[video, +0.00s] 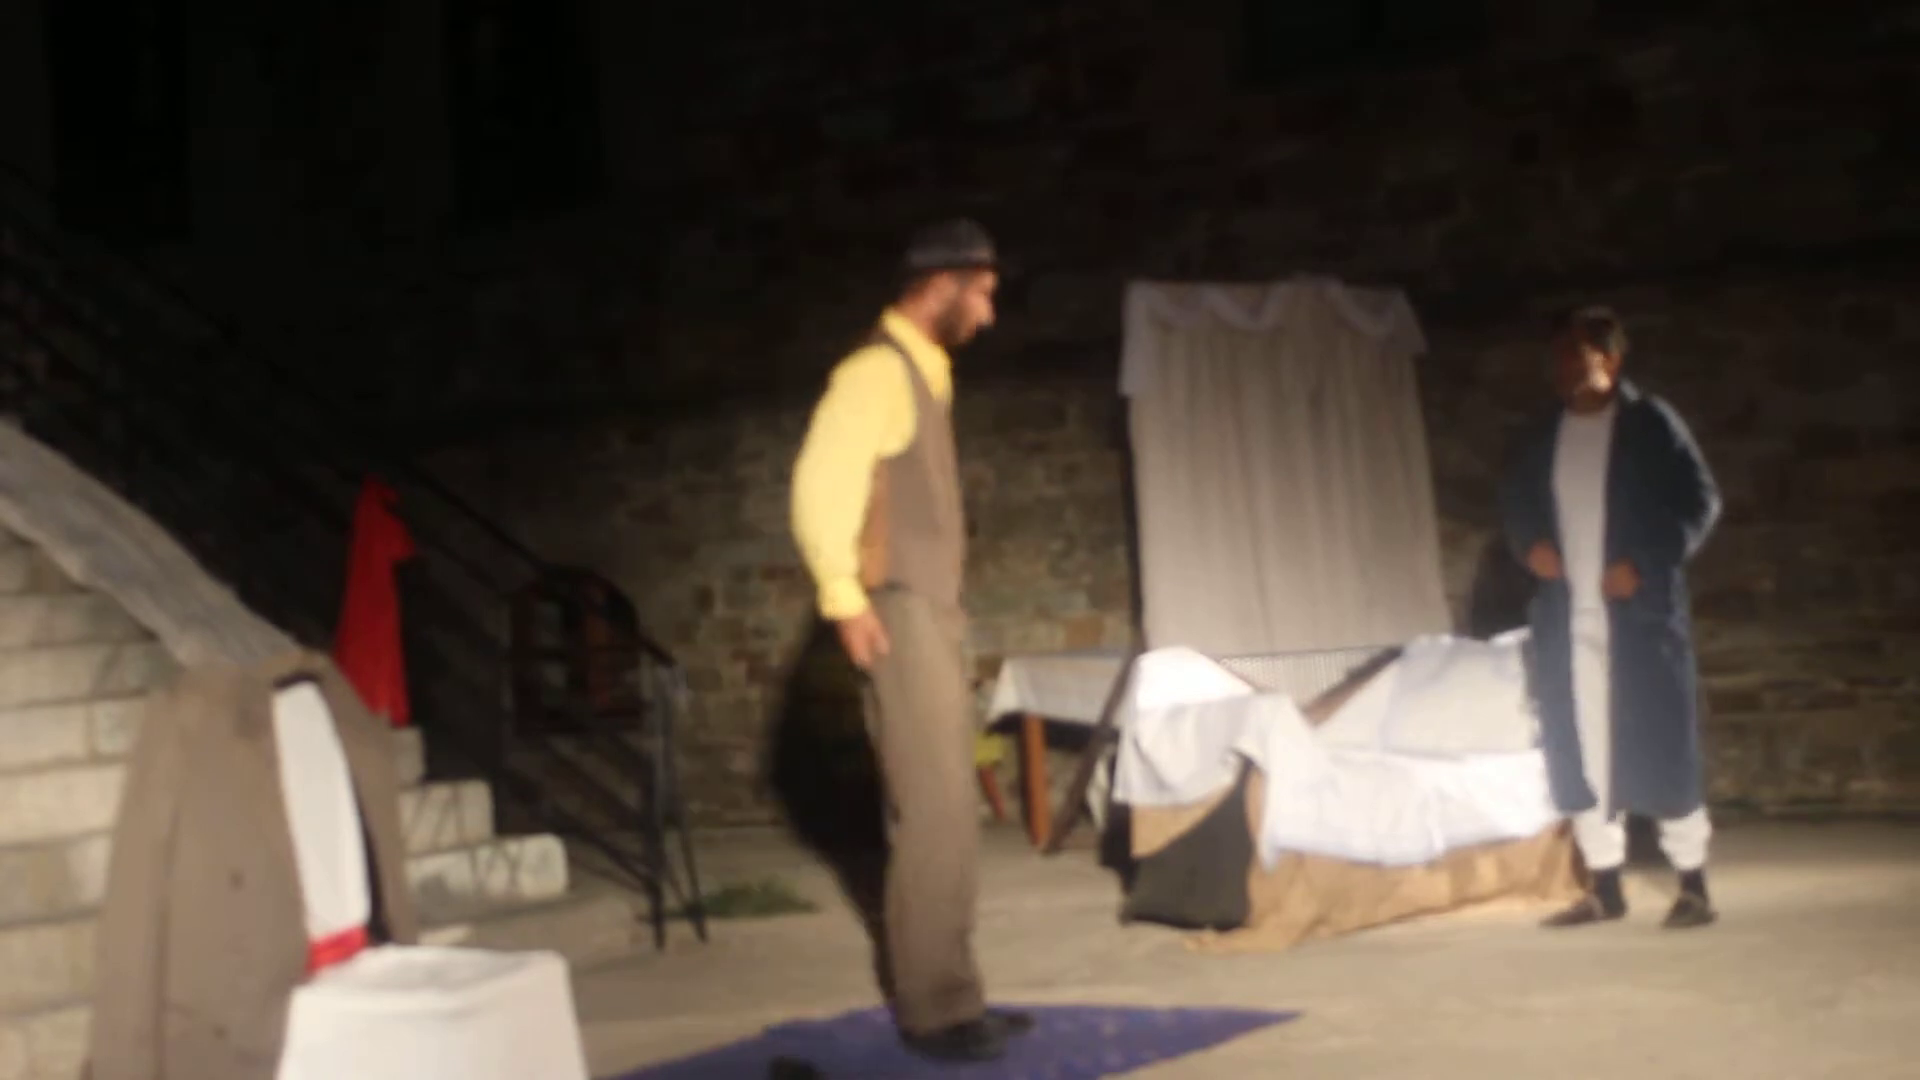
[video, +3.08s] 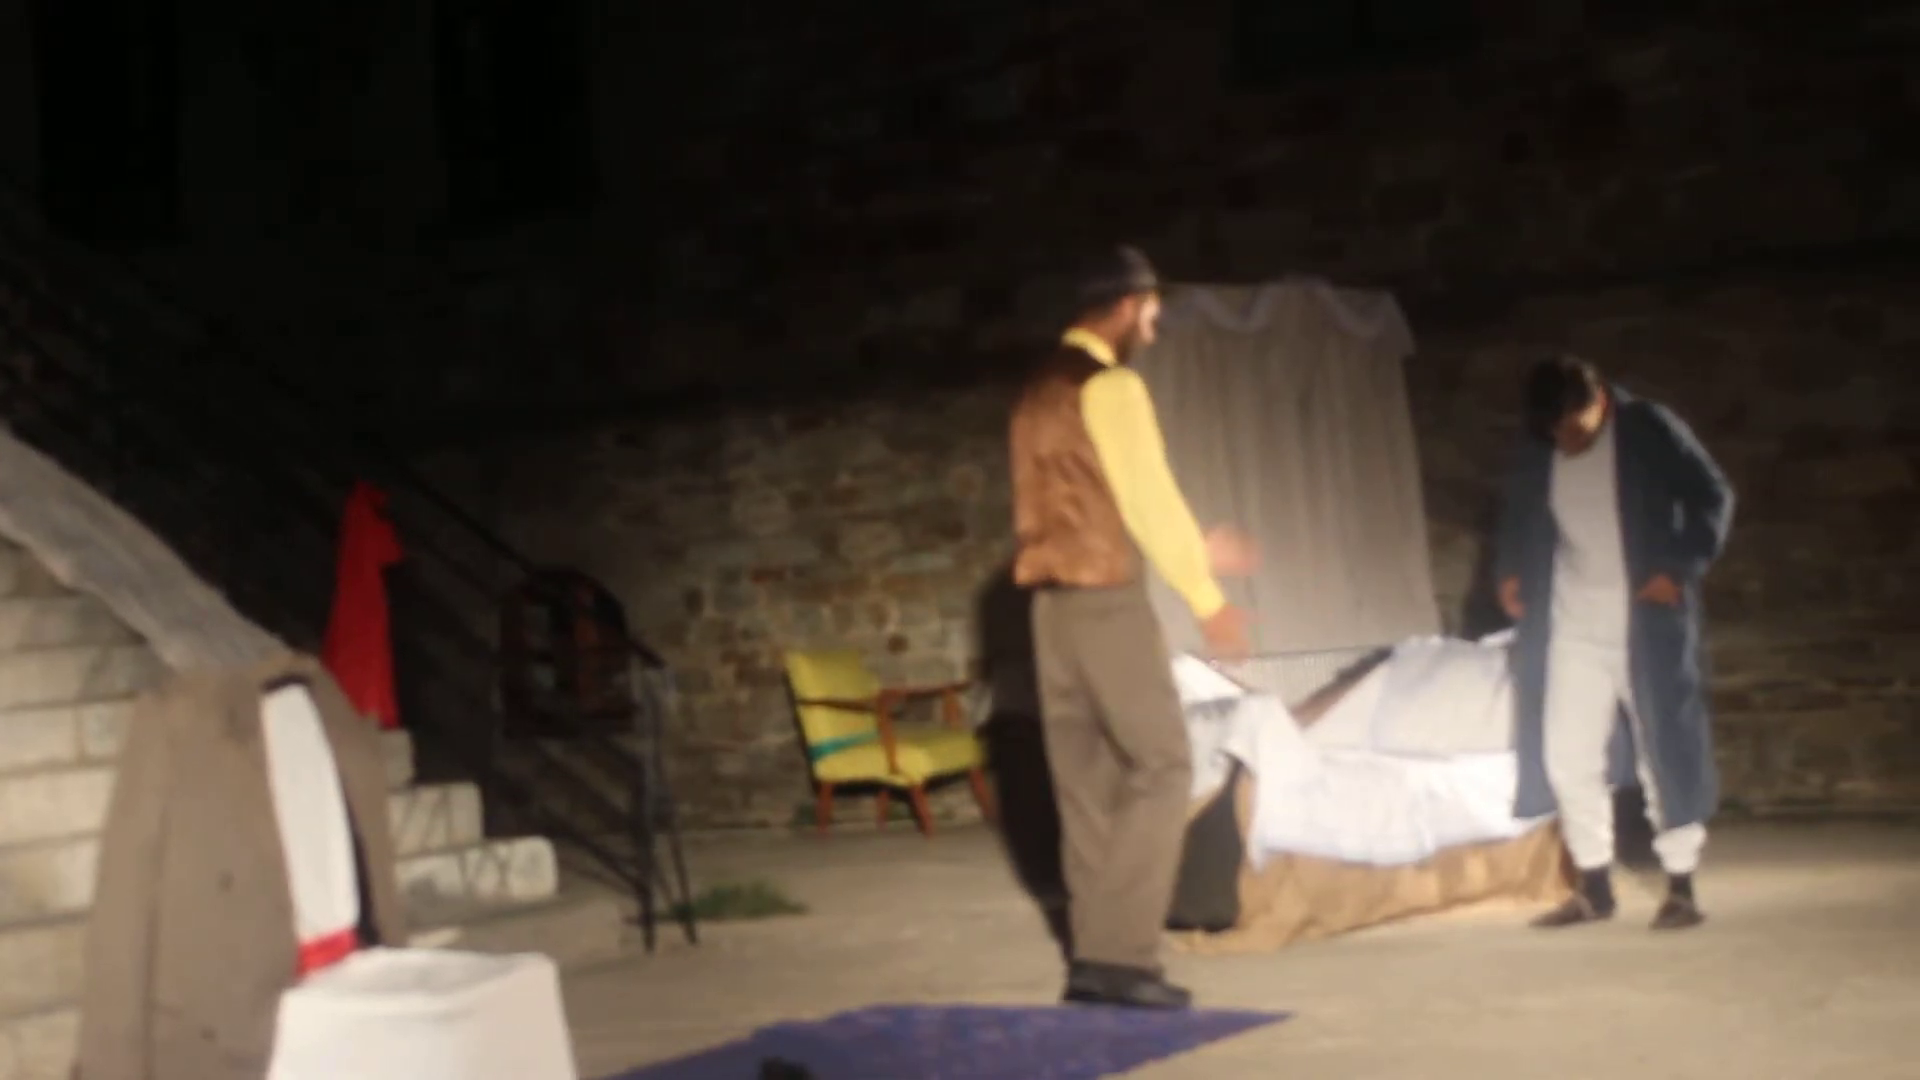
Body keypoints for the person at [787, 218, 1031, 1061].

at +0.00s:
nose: (989, 314)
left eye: (992, 297)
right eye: (983, 295)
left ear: (946, 289)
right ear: (941, 288)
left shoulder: (920, 374)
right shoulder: (877, 373)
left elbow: (899, 500)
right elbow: (820, 484)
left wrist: (942, 613)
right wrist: (843, 599)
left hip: (931, 616)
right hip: (901, 617)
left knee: (947, 809)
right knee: (935, 811)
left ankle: (946, 999)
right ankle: (935, 1008)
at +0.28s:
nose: (1023, 324)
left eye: (1027, 307)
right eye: (1018, 305)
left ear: (969, 298)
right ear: (980, 292)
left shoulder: (923, 362)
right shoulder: (952, 366)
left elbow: (920, 491)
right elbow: (932, 486)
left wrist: (952, 596)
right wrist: (953, 606)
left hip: (909, 607)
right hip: (949, 608)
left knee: (948, 808)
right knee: (1013, 799)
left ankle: (942, 1002)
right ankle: (1020, 1002)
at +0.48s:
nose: (1056, 349)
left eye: (1062, 334)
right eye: (1056, 329)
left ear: (1004, 305)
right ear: (1025, 306)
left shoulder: (919, 382)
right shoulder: (999, 377)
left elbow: (876, 498)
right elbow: (1019, 504)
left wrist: (897, 593)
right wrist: (1067, 606)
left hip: (926, 612)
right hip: (979, 609)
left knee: (1010, 790)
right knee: (1025, 800)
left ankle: (971, 961)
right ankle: (1023, 1005)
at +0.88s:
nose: (1083, 360)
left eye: (1090, 347)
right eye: (1084, 342)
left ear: (1043, 317)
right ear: (1051, 315)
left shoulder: (972, 378)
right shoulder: (1012, 379)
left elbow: (929, 504)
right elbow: (998, 492)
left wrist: (924, 619)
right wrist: (1023, 602)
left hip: (948, 605)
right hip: (986, 606)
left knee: (984, 797)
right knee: (1066, 771)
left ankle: (1015, 974)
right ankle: (1069, 965)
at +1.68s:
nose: (1133, 302)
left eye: (1133, 286)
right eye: (1131, 287)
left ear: (1064, 291)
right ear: (1109, 287)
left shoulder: (1023, 376)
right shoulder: (1085, 371)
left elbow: (997, 498)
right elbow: (1095, 494)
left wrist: (1018, 568)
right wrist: (1127, 605)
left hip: (1034, 600)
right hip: (1077, 601)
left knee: (1070, 788)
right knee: (1097, 790)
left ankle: (1036, 967)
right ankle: (1106, 983)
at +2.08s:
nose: (1133, 295)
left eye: (1129, 280)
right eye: (1126, 281)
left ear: (1066, 296)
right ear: (1107, 289)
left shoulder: (1034, 384)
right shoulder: (1098, 383)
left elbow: (1058, 521)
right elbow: (1145, 500)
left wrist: (1136, 601)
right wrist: (1215, 585)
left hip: (1057, 612)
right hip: (1101, 612)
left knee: (1100, 798)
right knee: (1166, 789)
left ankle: (1097, 974)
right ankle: (1121, 977)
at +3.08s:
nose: (1153, 326)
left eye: (1153, 310)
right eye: (1150, 310)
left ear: (1093, 308)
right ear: (1123, 307)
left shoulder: (1041, 388)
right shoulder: (1108, 386)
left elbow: (1099, 504)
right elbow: (1148, 499)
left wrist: (1196, 544)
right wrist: (1209, 603)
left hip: (1049, 602)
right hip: (1105, 603)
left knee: (1088, 782)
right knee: (1163, 766)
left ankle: (1099, 957)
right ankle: (1120, 957)